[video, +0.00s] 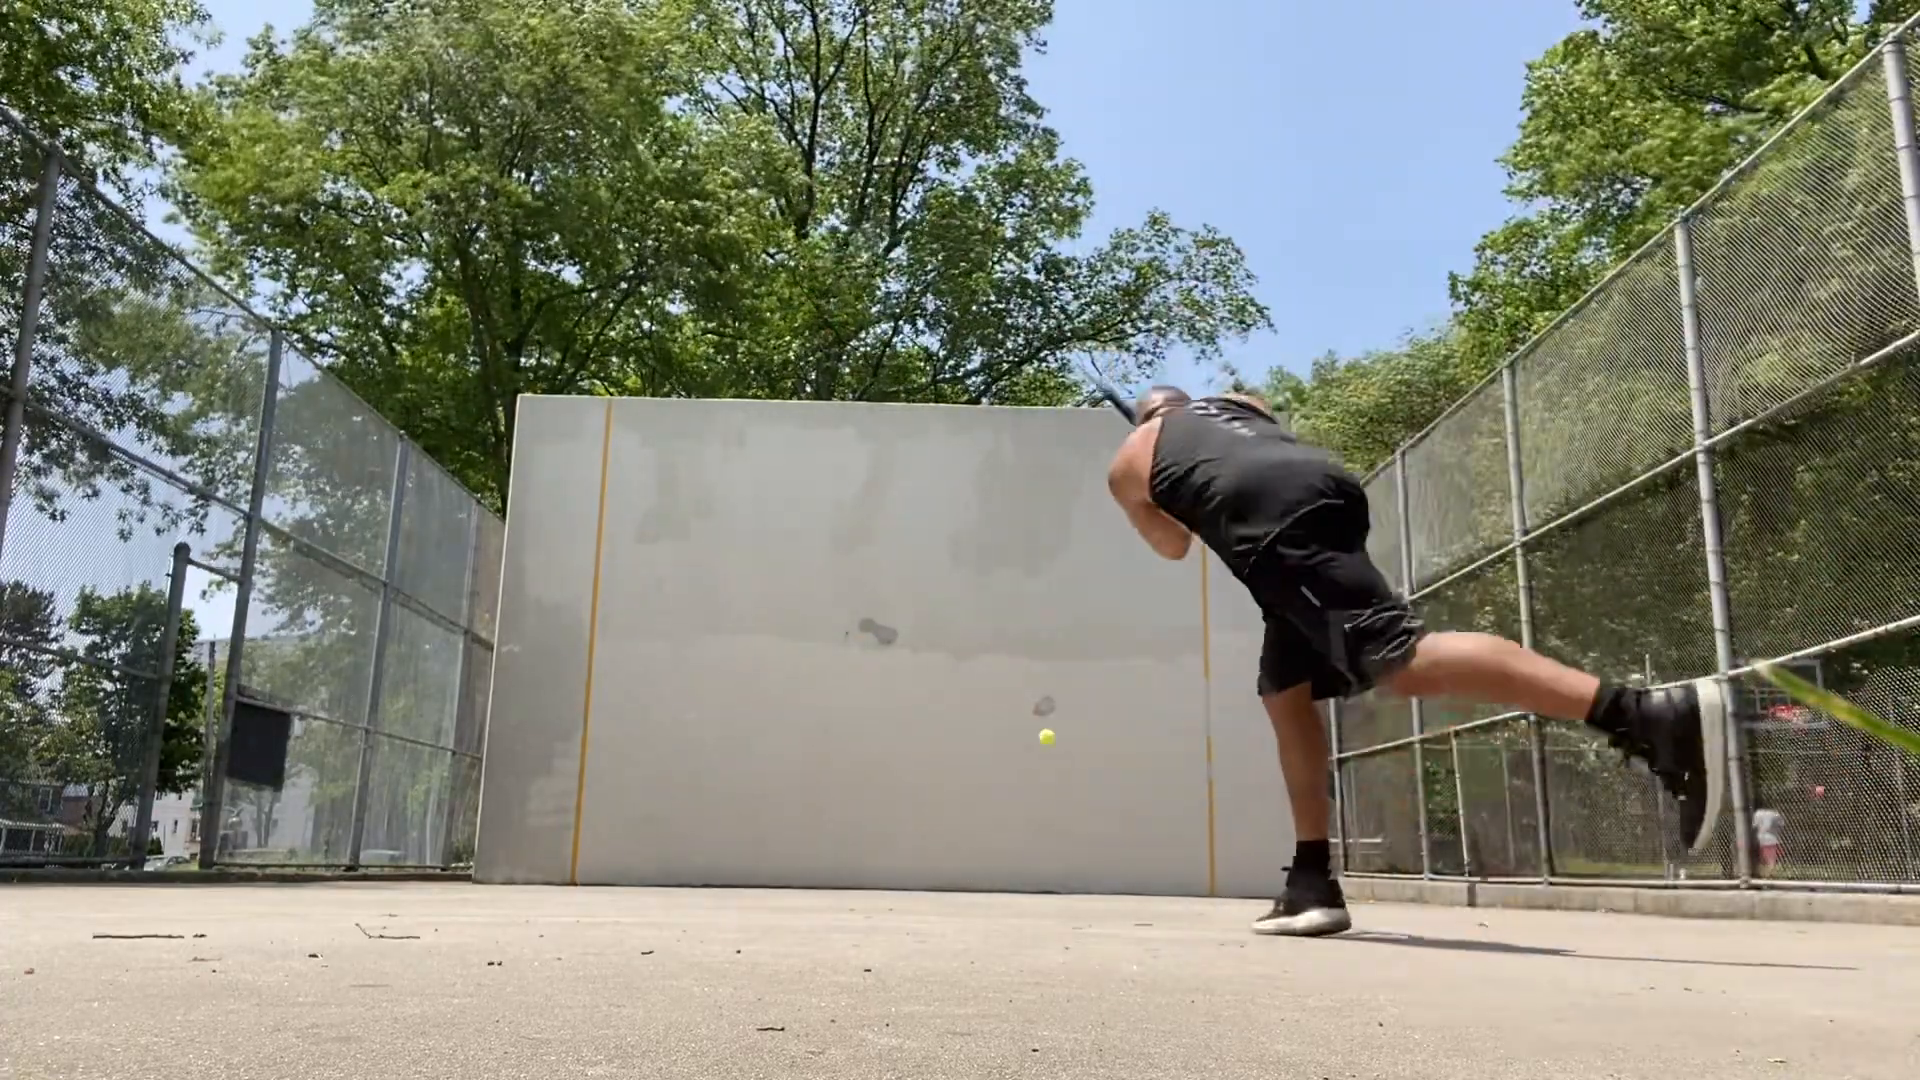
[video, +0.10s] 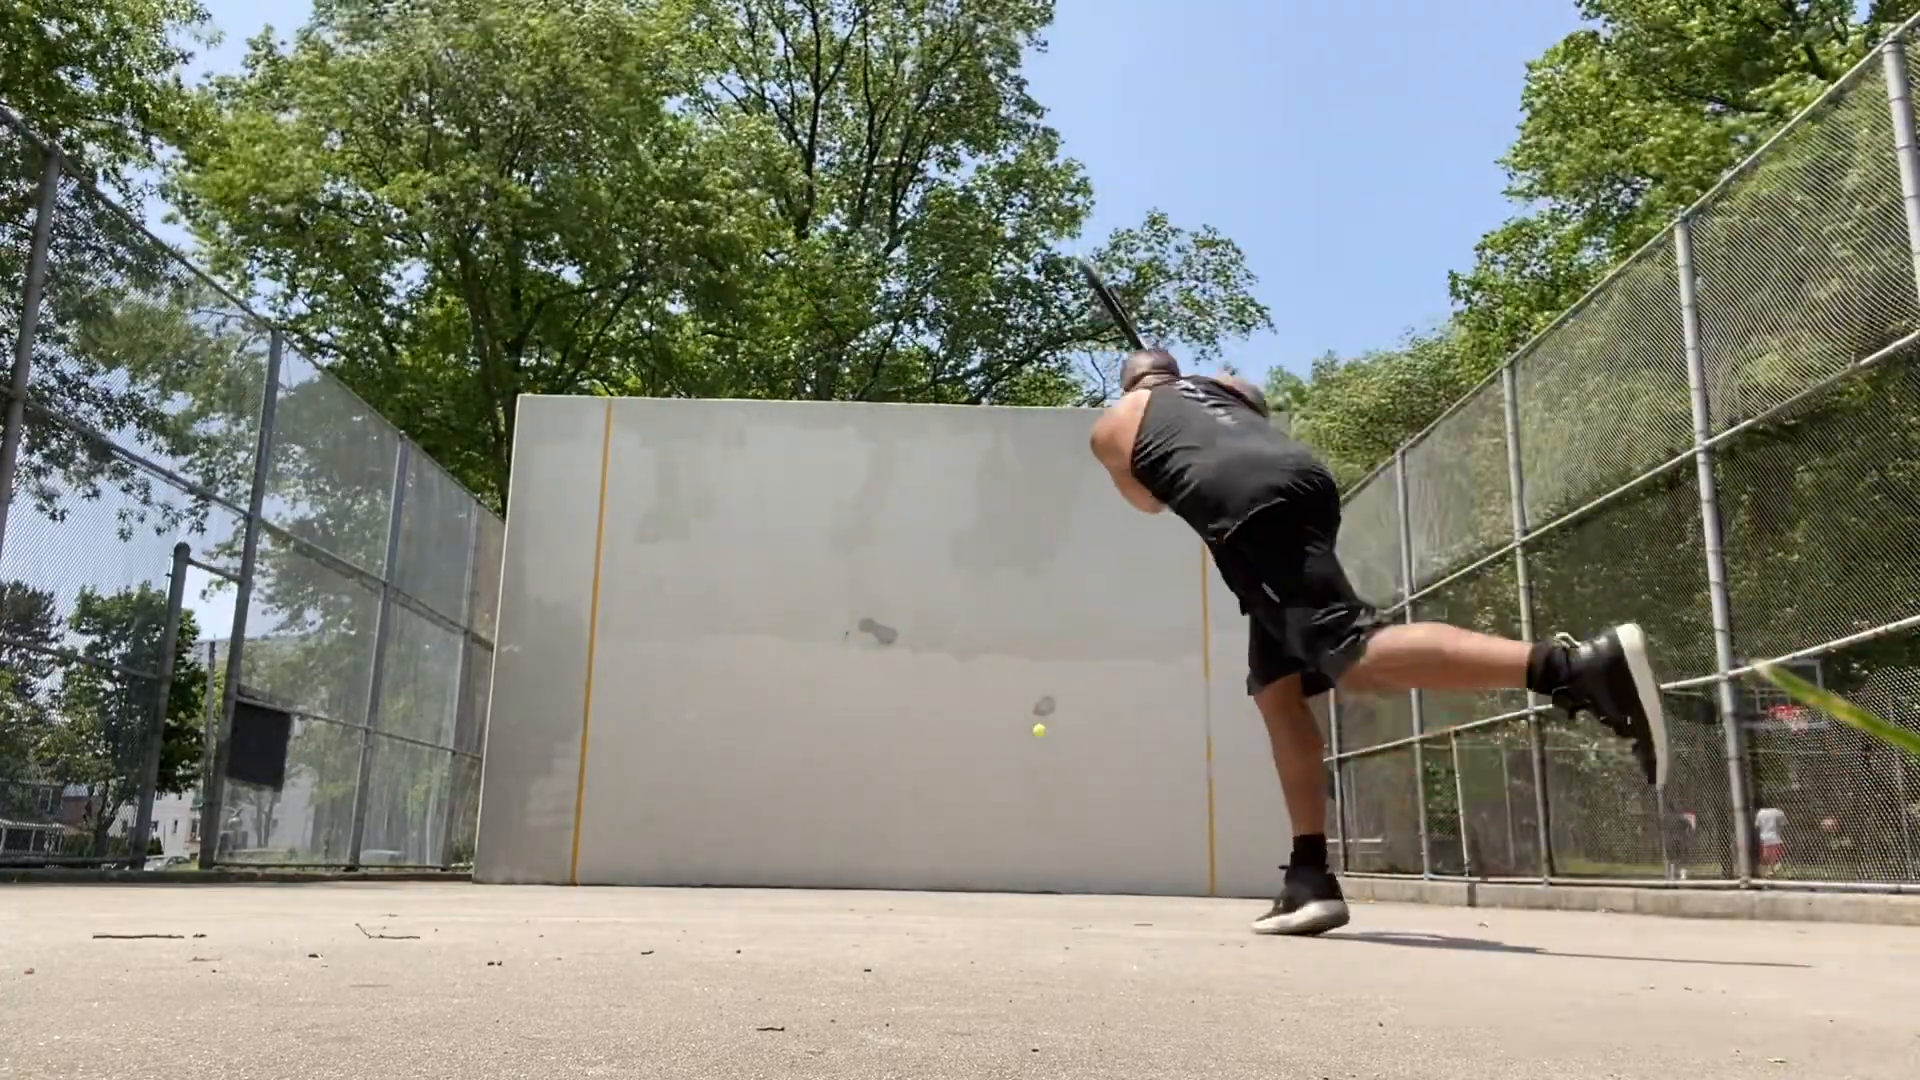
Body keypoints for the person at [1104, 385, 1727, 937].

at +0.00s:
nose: (1128, 422)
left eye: (1129, 415)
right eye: (1135, 413)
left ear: (1147, 416)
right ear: (1191, 405)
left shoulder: (1131, 456)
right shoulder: (1241, 412)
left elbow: (1171, 544)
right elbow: (1261, 426)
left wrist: (1184, 469)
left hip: (1277, 513)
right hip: (1332, 490)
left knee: (1402, 663)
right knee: (1285, 687)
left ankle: (1651, 720)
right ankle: (1312, 883)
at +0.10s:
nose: (1122, 400)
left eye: (1119, 391)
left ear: (1126, 387)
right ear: (1176, 377)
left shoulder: (1113, 424)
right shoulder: (1228, 388)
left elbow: (1145, 497)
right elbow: (1253, 393)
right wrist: (1195, 387)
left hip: (1247, 502)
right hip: (1307, 477)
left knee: (1352, 659)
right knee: (1279, 689)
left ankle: (1580, 671)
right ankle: (1311, 880)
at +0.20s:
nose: (1100, 361)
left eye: (1102, 352)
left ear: (1106, 352)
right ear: (1159, 341)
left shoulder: (1096, 387)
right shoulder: (1215, 361)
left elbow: (1118, 489)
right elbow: (1248, 423)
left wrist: (1162, 443)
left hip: (1223, 485)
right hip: (1291, 472)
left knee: (1244, 676)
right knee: (1278, 678)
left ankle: (1422, 690)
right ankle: (1307, 869)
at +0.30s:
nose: (1089, 333)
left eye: (1090, 325)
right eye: (1099, 321)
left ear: (1096, 328)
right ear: (1144, 321)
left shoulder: (1083, 366)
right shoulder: (1203, 356)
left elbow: (1079, 490)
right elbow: (1233, 432)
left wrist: (1120, 508)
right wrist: (1172, 493)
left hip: (1200, 491)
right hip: (1277, 486)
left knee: (1147, 669)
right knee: (1264, 683)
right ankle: (1307, 873)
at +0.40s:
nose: (1074, 337)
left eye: (1077, 328)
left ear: (1081, 330)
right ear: (1138, 329)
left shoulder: (1069, 367)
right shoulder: (1191, 369)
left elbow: (1058, 484)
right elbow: (1213, 456)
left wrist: (1096, 541)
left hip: (1163, 513)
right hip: (1247, 515)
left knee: (1095, 680)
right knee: (1239, 701)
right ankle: (1302, 869)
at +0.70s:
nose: (1073, 328)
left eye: (1070, 320)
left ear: (1069, 326)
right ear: (1127, 325)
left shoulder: (1032, 374)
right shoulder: (1167, 361)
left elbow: (1022, 490)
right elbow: (1211, 436)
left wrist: (1085, 509)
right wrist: (1162, 493)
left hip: (1078, 544)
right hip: (1165, 546)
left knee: (1037, 704)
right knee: (1190, 702)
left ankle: (1012, 879)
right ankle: (1258, 847)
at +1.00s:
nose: (1146, 352)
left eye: (1140, 344)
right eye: (1144, 344)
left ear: (1086, 343)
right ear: (1137, 344)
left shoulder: (1039, 389)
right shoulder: (1143, 375)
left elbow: (1049, 471)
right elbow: (1188, 447)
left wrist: (1133, 483)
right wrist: (1228, 431)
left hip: (1037, 554)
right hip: (1115, 557)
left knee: (1022, 709)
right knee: (1173, 703)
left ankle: (1008, 870)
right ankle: (1191, 854)